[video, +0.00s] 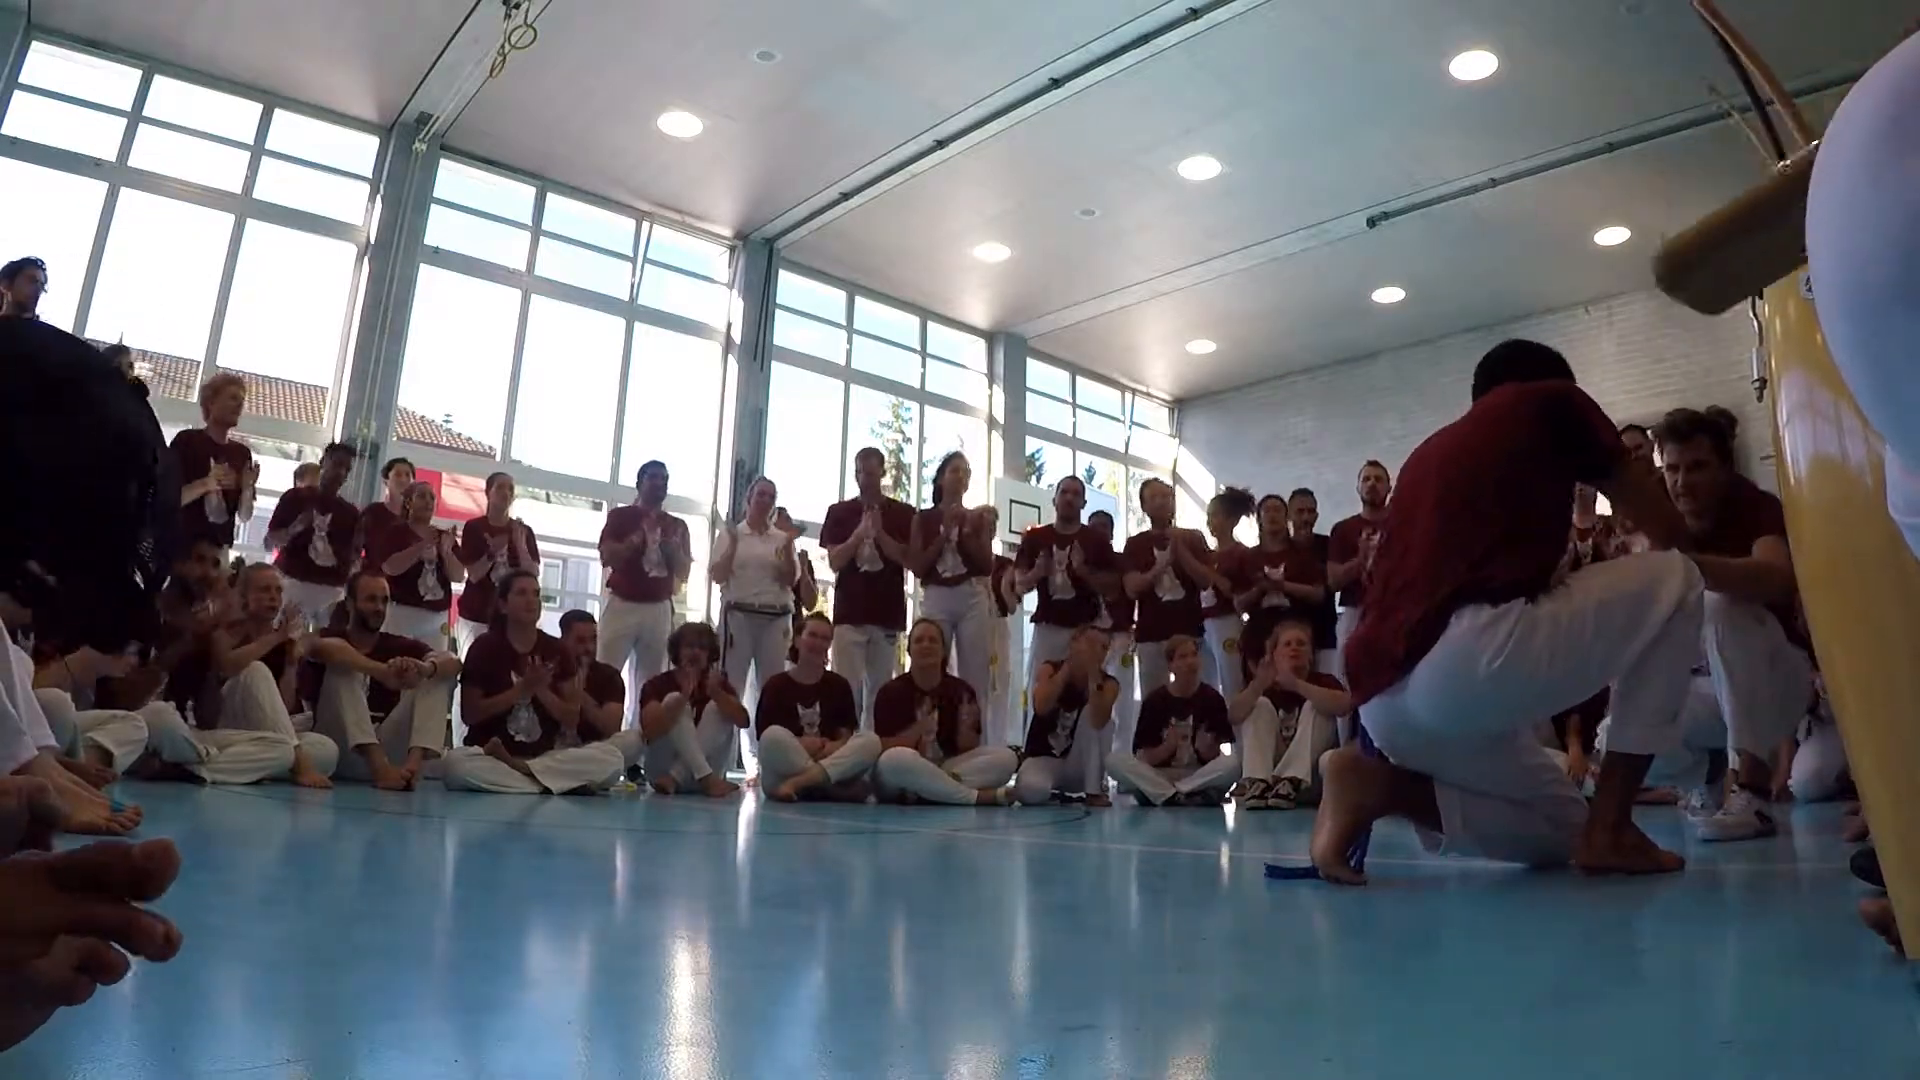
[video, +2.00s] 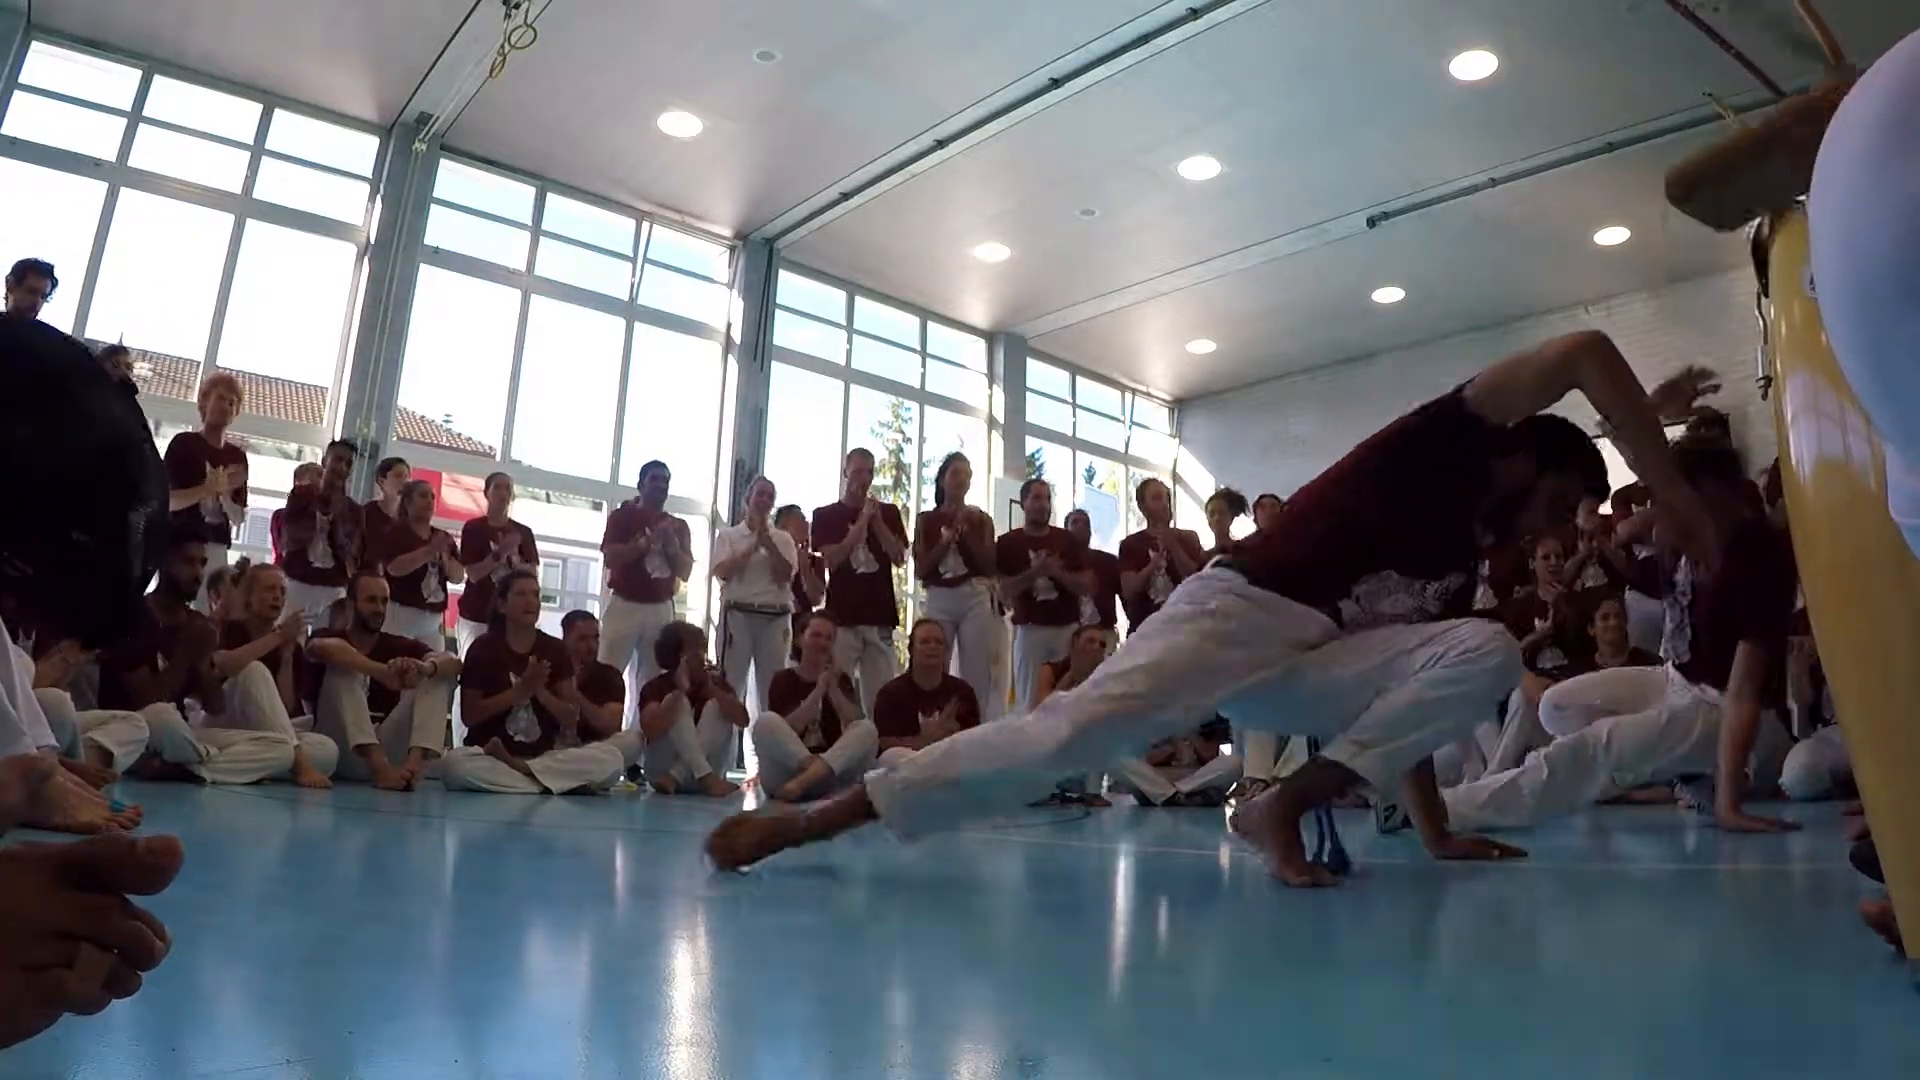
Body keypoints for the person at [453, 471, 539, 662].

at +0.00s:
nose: (505, 493)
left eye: (510, 489)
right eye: (500, 488)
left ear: (513, 495)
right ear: (488, 492)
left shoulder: (523, 531)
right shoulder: (473, 527)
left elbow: (533, 573)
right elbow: (473, 575)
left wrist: (521, 547)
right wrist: (492, 553)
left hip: (510, 618)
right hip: (475, 614)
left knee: (505, 680)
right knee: (472, 678)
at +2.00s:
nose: (503, 494)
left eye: (507, 489)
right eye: (497, 488)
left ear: (512, 495)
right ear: (486, 493)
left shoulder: (524, 532)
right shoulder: (473, 528)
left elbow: (533, 573)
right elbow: (473, 575)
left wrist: (515, 559)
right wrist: (501, 551)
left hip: (511, 618)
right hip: (475, 615)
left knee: (506, 680)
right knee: (473, 679)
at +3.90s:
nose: (504, 493)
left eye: (509, 489)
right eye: (499, 488)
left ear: (513, 495)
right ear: (487, 493)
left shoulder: (524, 532)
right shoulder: (474, 527)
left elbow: (534, 573)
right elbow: (473, 574)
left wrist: (517, 548)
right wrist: (497, 554)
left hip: (511, 621)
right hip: (475, 616)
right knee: (471, 678)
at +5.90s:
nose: (503, 493)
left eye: (508, 488)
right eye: (497, 488)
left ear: (513, 495)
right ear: (487, 493)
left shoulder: (524, 532)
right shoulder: (473, 527)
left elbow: (532, 575)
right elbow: (473, 574)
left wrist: (516, 551)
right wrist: (497, 553)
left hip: (510, 621)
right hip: (474, 617)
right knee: (471, 679)